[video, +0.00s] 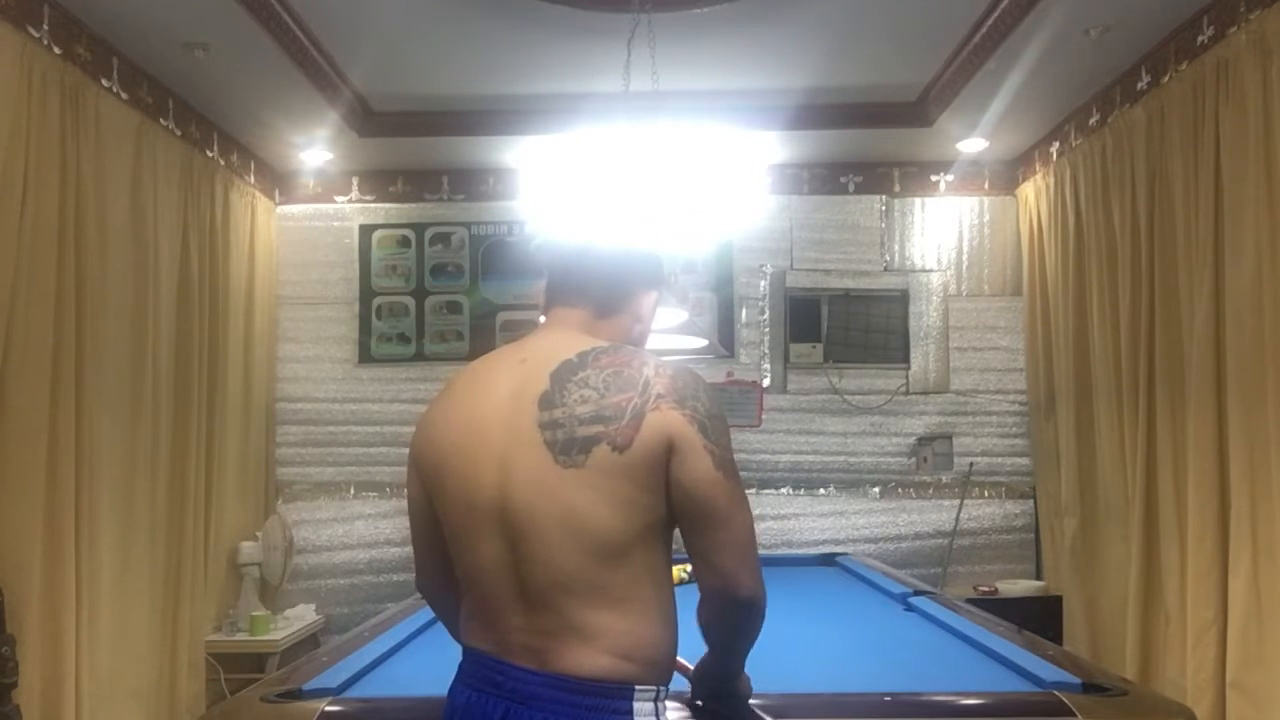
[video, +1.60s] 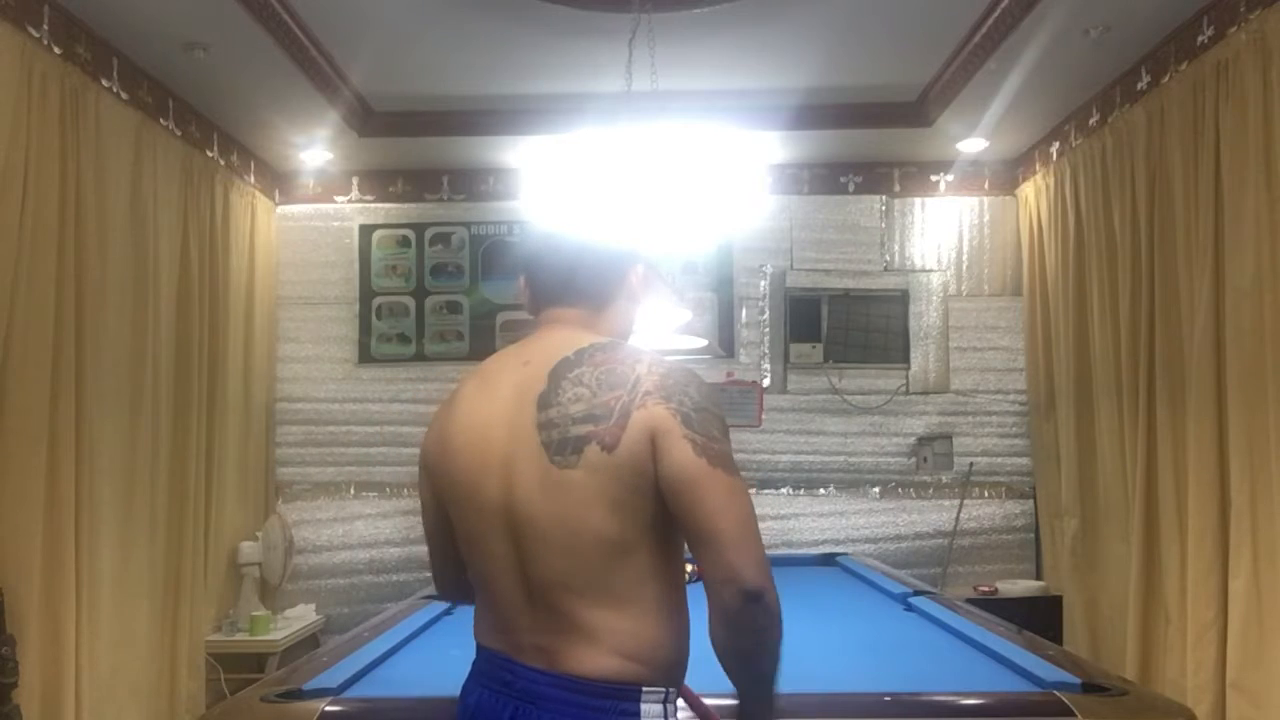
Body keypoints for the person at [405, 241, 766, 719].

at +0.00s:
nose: (651, 317)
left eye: (654, 301)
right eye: (654, 300)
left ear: (546, 290)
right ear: (644, 299)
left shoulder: (450, 400)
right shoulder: (667, 393)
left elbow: (435, 579)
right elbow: (737, 590)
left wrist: (499, 651)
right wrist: (722, 670)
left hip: (479, 695)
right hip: (615, 702)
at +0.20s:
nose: (650, 319)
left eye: (655, 304)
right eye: (654, 303)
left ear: (547, 291)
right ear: (642, 301)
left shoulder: (450, 401)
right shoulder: (669, 393)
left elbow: (436, 583)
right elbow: (752, 580)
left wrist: (502, 644)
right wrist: (707, 621)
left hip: (479, 697)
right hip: (616, 705)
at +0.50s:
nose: (655, 309)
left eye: (658, 293)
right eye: (656, 292)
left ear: (546, 287)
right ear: (642, 293)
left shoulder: (456, 391)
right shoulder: (674, 396)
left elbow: (381, 549)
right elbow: (743, 569)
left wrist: (462, 637)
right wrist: (690, 545)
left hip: (480, 697)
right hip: (611, 703)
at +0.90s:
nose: (642, 292)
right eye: (642, 280)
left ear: (526, 285)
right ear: (632, 284)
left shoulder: (442, 398)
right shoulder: (677, 396)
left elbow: (353, 563)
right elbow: (763, 577)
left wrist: (419, 684)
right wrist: (716, 617)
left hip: (485, 694)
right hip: (621, 699)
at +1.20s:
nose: (645, 297)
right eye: (645, 285)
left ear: (524, 289)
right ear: (632, 286)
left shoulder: (454, 400)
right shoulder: (674, 393)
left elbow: (376, 566)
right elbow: (757, 578)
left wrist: (462, 650)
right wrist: (711, 659)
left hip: (492, 699)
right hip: (635, 702)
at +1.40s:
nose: (650, 293)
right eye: (649, 280)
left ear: (524, 287)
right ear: (634, 282)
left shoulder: (456, 404)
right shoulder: (670, 390)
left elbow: (433, 582)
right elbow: (748, 581)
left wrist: (518, 622)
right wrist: (706, 659)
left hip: (491, 697)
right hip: (629, 704)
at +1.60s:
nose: (649, 293)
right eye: (647, 278)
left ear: (526, 288)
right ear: (635, 280)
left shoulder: (458, 402)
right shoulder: (659, 387)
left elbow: (452, 580)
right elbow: (745, 589)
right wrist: (756, 704)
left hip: (491, 694)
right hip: (623, 703)